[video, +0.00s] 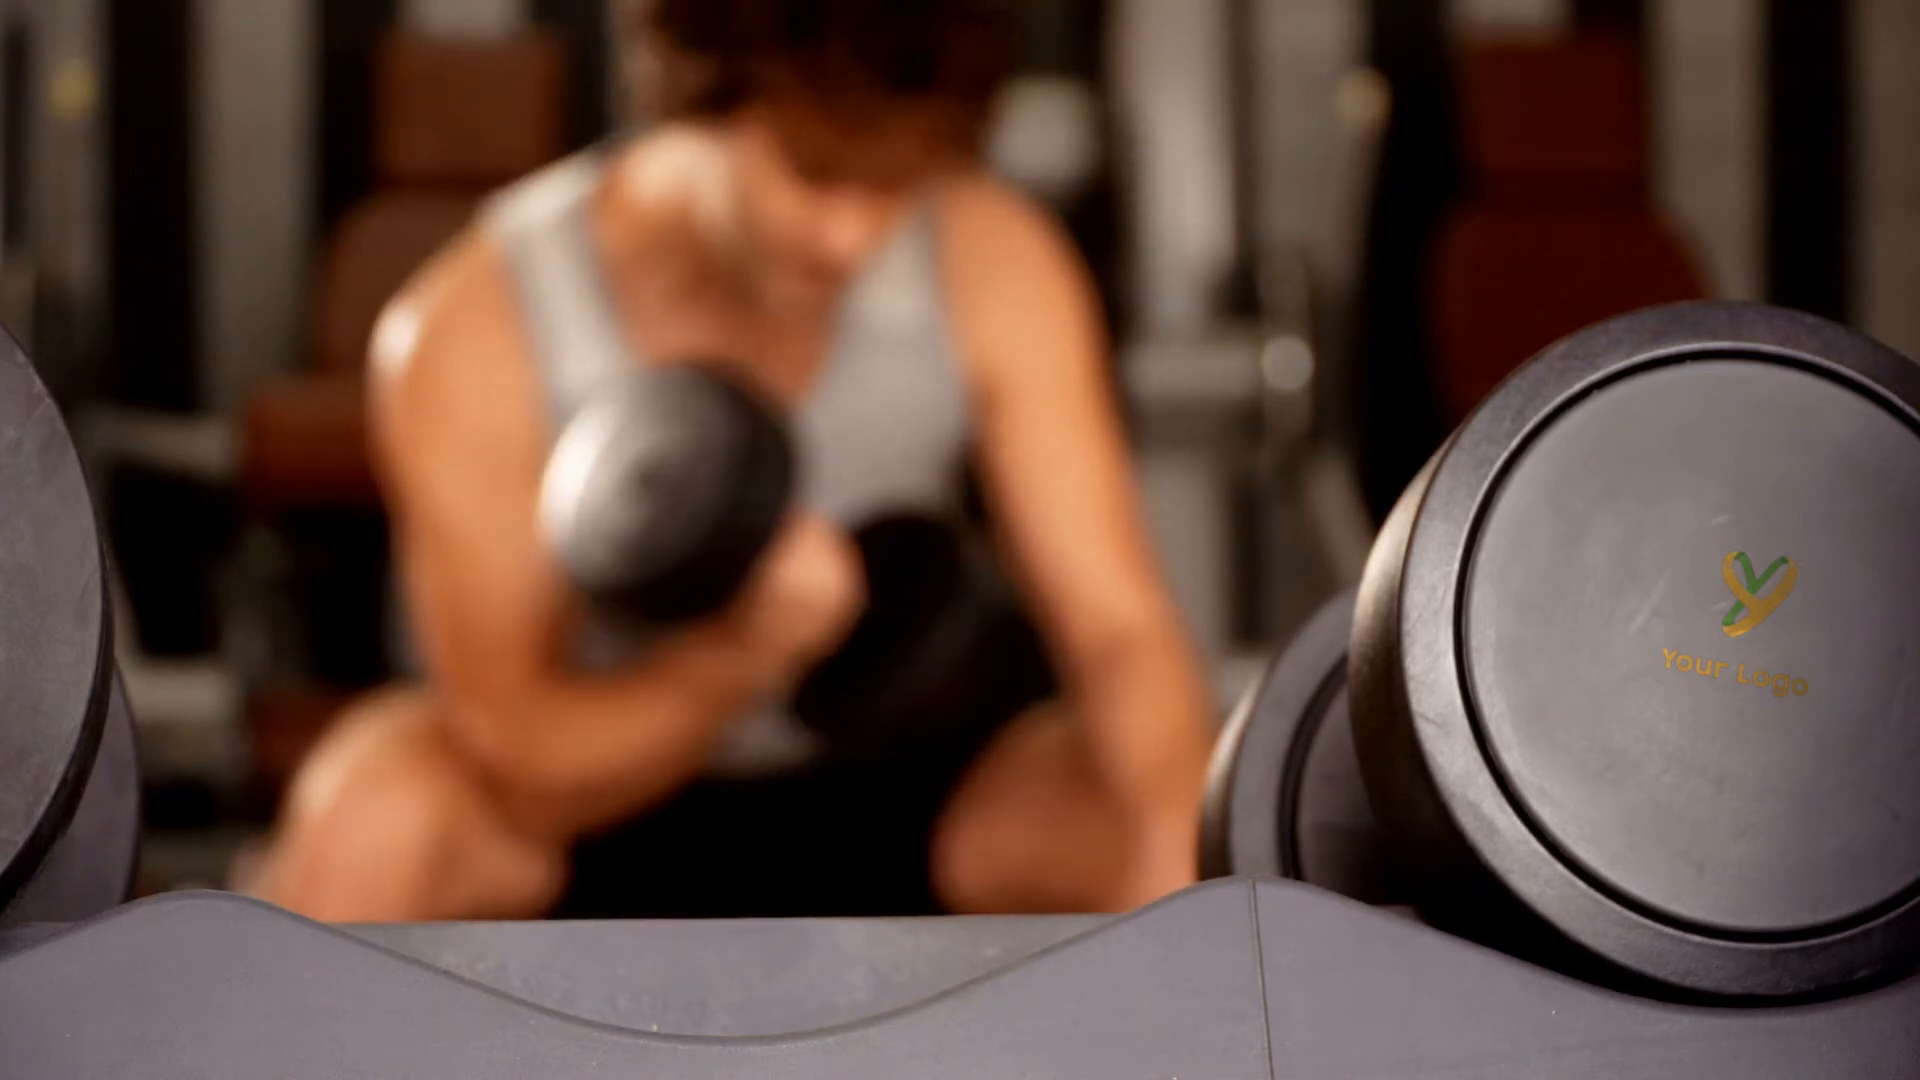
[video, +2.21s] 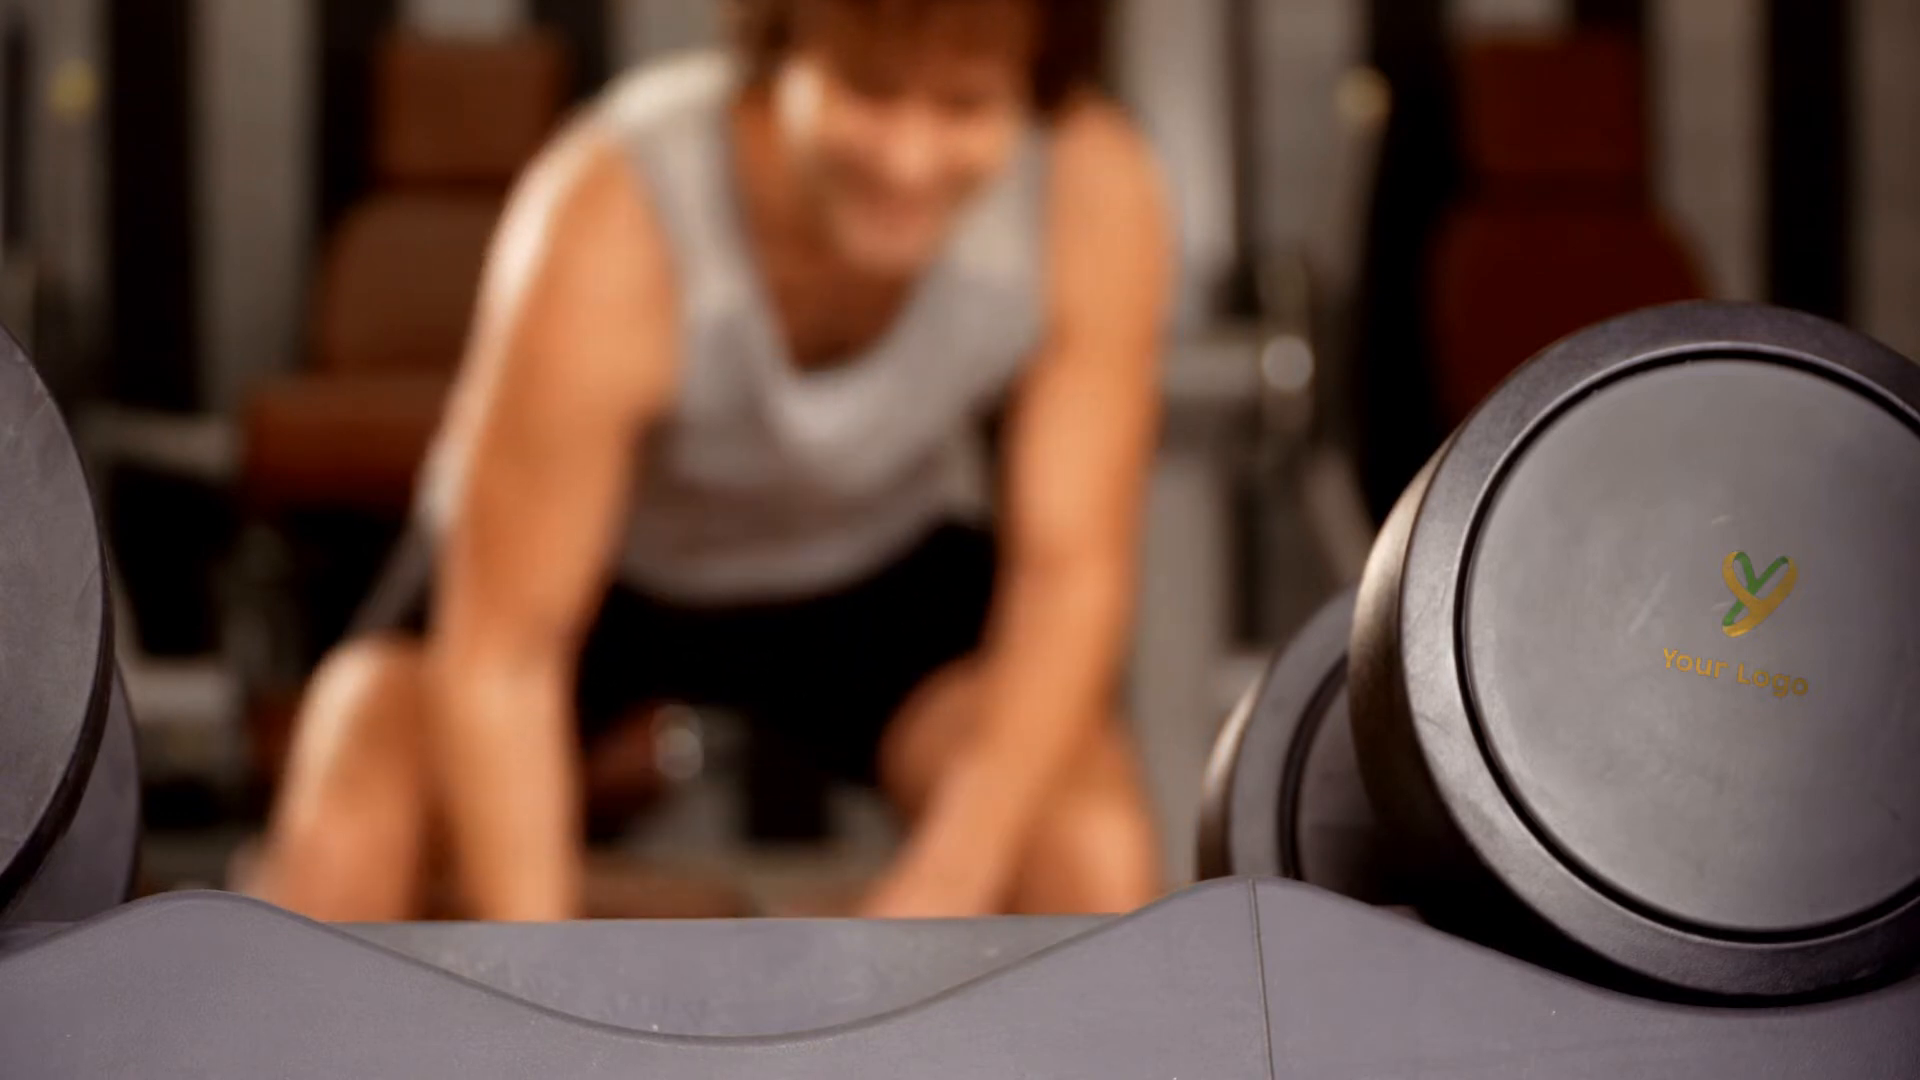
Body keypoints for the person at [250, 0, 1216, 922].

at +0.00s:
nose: (854, 233)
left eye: (901, 183)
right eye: (815, 173)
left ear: (949, 148)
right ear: (709, 102)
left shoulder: (990, 255)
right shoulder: (466, 330)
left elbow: (1119, 633)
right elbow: (531, 771)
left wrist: (1180, 885)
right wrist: (750, 653)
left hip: (891, 783)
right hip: (598, 807)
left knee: (1181, 813)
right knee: (374, 804)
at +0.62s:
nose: (870, 205)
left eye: (920, 156)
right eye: (836, 143)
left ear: (976, 122)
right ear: (740, 69)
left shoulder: (1016, 250)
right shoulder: (513, 315)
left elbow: (1121, 628)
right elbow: (533, 761)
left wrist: (1174, 853)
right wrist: (842, 748)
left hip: (891, 808)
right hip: (610, 818)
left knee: (1190, 785)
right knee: (368, 784)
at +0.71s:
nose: (875, 205)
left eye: (923, 158)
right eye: (841, 145)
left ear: (983, 123)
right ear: (744, 68)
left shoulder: (1025, 252)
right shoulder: (526, 317)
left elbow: (1126, 638)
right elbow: (520, 732)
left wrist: (1165, 868)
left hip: (905, 795)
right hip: (628, 792)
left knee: (1189, 767)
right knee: (364, 787)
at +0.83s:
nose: (876, 205)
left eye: (926, 161)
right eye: (844, 145)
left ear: (988, 128)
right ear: (752, 70)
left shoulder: (1033, 253)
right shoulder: (541, 325)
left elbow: (1122, 631)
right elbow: (518, 769)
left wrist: (1162, 857)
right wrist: (652, 979)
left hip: (905, 776)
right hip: (619, 785)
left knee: (1187, 808)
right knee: (357, 794)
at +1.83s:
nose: (895, 328)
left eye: (949, 281)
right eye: (858, 263)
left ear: (1014, 265)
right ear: (766, 204)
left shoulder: (1045, 282)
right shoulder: (582, 397)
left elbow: (1101, 662)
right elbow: (507, 832)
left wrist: (998, 832)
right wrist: (521, 1076)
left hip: (893, 784)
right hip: (612, 794)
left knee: (1137, 830)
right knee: (343, 805)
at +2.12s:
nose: (918, 256)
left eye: (971, 208)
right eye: (876, 190)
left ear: (1041, 198)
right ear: (785, 146)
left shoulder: (1094, 254)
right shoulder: (615, 299)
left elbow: (1099, 643)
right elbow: (506, 740)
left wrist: (899, 928)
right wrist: (537, 1039)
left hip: (880, 672)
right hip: (579, 674)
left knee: (1117, 846)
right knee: (348, 802)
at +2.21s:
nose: (910, 153)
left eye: (964, 106)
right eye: (867, 90)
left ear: (1030, 104)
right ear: (783, 62)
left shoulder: (1092, 183)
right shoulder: (612, 205)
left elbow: (1073, 577)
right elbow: (501, 645)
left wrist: (918, 923)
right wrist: (541, 980)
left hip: (880, 589)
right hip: (579, 593)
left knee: (1101, 855)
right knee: (342, 833)